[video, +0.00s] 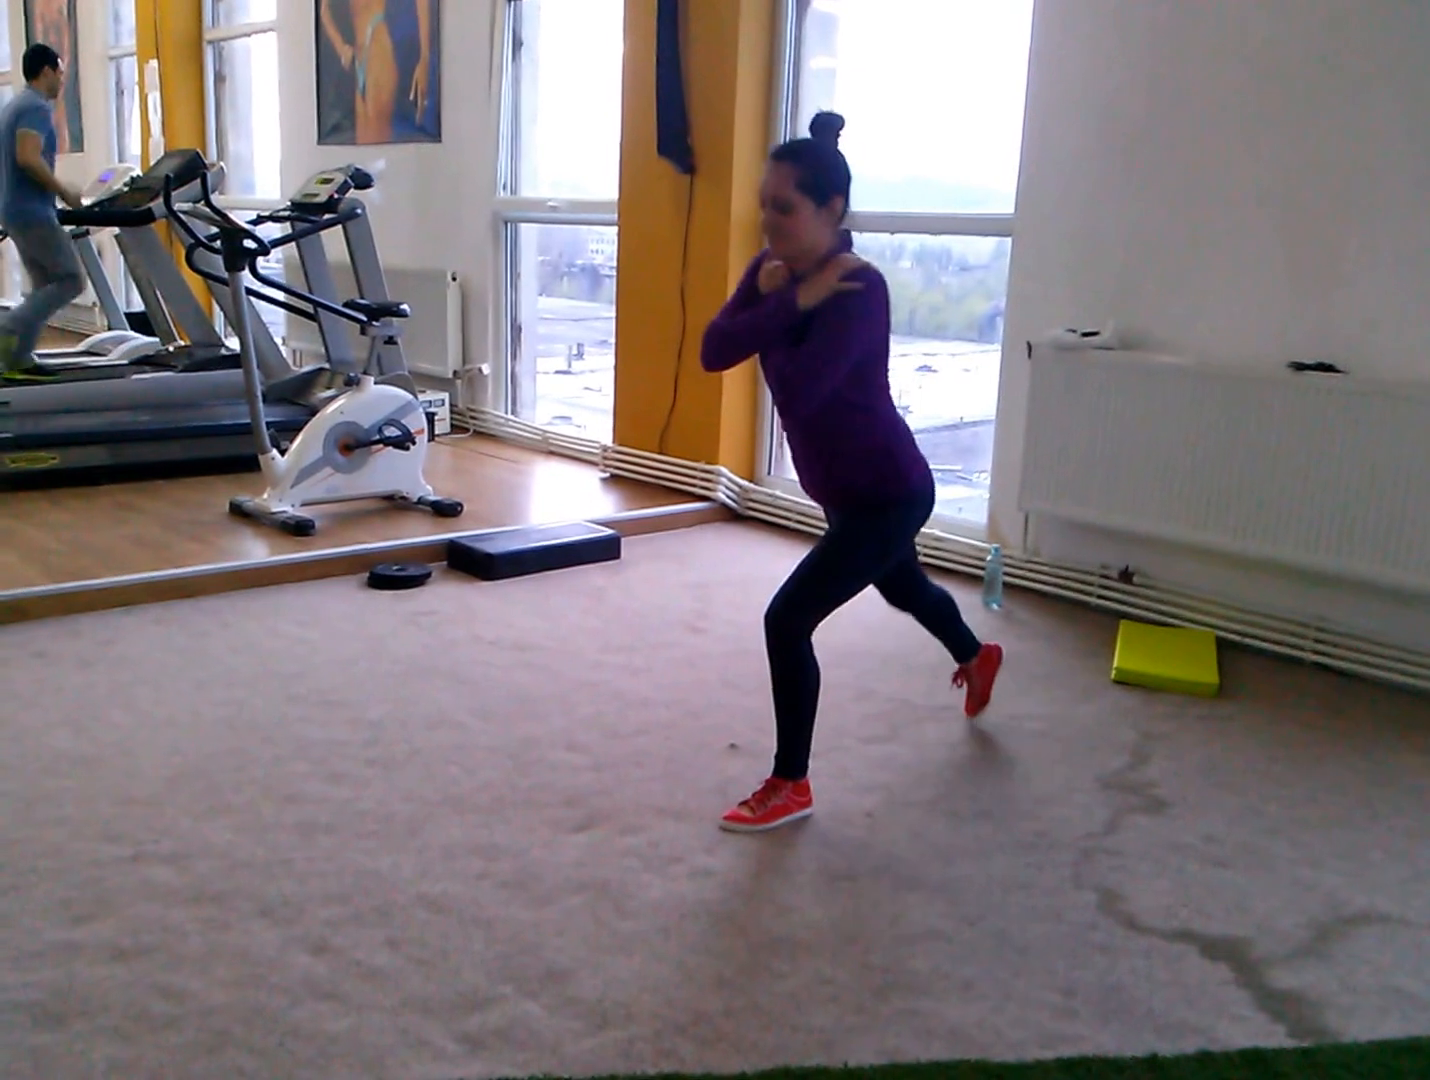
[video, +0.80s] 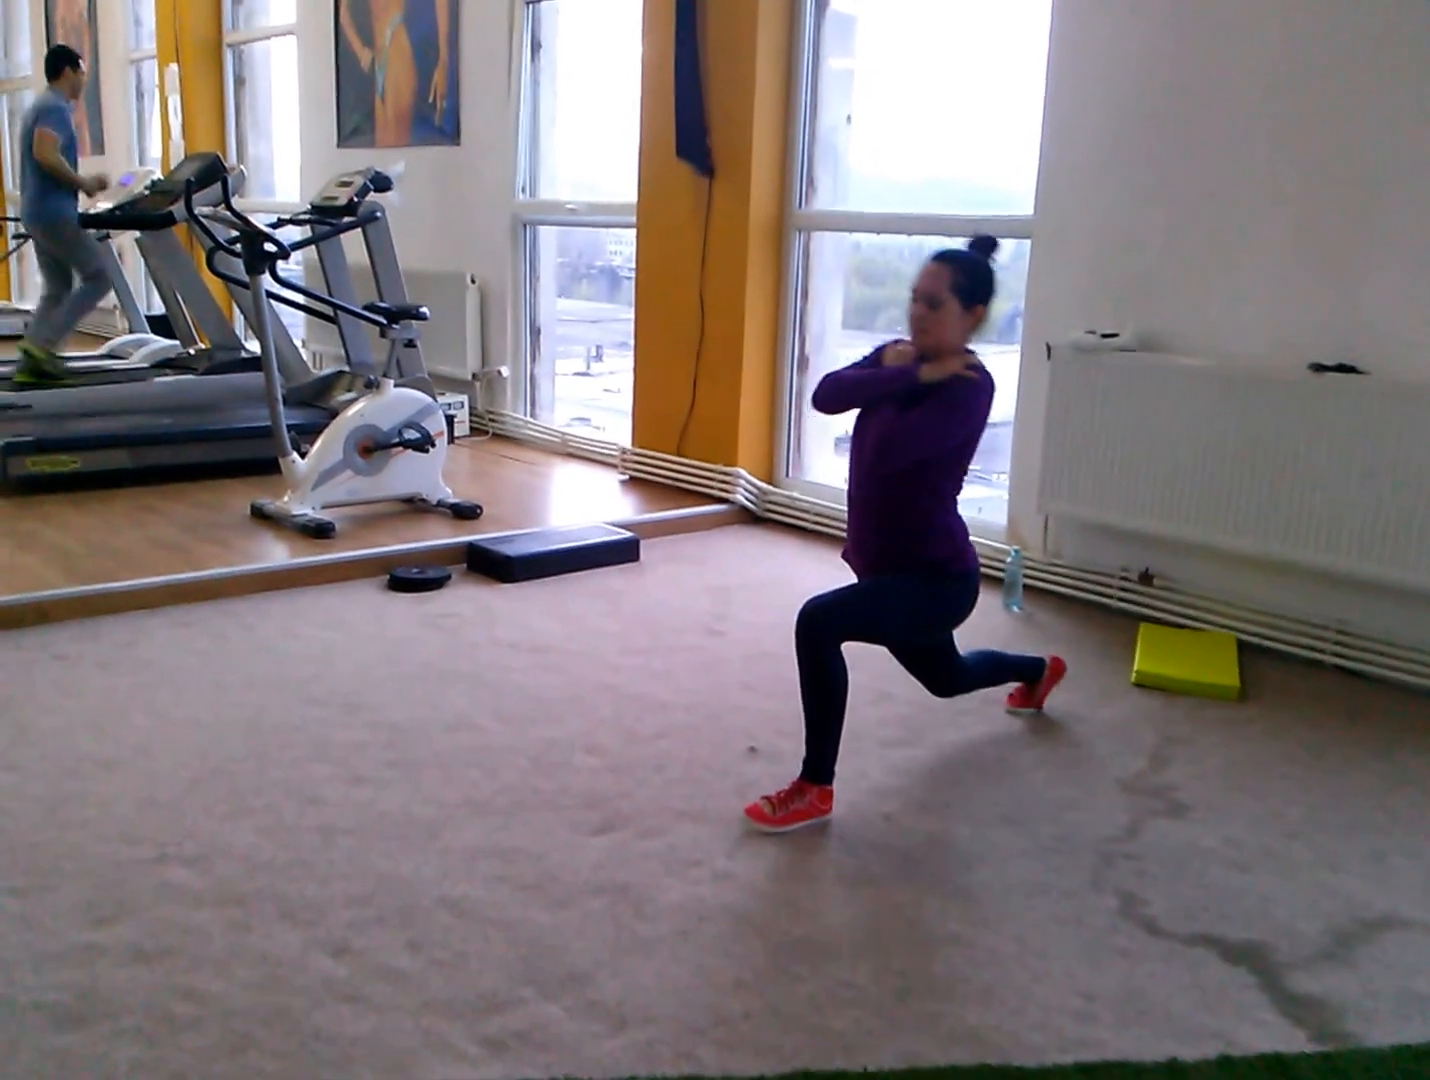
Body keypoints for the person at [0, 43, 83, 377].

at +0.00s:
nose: (61, 79)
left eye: (61, 72)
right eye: (59, 72)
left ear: (33, 73)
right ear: (46, 72)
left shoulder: (19, 104)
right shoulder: (35, 107)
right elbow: (27, 157)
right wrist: (66, 192)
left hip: (18, 211)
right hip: (30, 212)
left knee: (44, 286)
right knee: (70, 281)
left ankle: (20, 357)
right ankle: (10, 326)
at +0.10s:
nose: (65, 73)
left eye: (65, 66)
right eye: (62, 65)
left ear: (40, 65)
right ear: (49, 65)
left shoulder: (35, 99)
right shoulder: (30, 98)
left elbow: (39, 159)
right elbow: (15, 143)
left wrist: (75, 159)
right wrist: (52, 172)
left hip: (20, 208)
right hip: (33, 207)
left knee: (15, 281)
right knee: (82, 265)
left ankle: (2, 344)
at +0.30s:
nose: (72, 77)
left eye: (72, 70)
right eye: (69, 70)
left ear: (47, 70)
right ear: (54, 69)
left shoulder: (37, 102)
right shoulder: (39, 107)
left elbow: (40, 154)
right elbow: (27, 154)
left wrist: (75, 158)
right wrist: (65, 189)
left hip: (32, 210)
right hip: (44, 211)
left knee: (45, 283)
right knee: (77, 279)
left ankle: (1, 312)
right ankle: (66, 357)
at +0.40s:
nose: (76, 81)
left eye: (76, 74)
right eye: (74, 74)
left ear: (49, 75)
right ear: (60, 74)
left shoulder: (31, 106)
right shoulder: (47, 112)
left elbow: (33, 167)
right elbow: (50, 168)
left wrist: (72, 184)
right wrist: (83, 189)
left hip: (30, 209)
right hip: (41, 211)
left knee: (69, 278)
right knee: (71, 278)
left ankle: (19, 333)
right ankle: (29, 356)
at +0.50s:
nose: (77, 75)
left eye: (76, 68)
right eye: (75, 68)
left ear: (47, 66)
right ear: (63, 66)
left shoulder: (22, 99)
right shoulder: (56, 102)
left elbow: (3, 144)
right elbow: (64, 155)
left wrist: (28, 160)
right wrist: (93, 159)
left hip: (31, 204)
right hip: (46, 207)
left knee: (86, 264)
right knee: (34, 280)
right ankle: (2, 351)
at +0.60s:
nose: (78, 71)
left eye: (78, 64)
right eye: (76, 64)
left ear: (47, 64)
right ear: (64, 62)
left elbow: (5, 143)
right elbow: (68, 149)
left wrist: (33, 158)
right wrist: (91, 153)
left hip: (34, 204)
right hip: (51, 205)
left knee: (83, 274)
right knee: (43, 277)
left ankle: (99, 354)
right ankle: (2, 320)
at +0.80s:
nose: (83, 81)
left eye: (83, 74)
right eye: (81, 73)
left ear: (56, 74)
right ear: (68, 73)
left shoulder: (43, 107)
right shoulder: (55, 108)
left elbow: (43, 160)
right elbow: (45, 155)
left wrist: (80, 186)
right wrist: (83, 183)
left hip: (40, 214)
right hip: (53, 215)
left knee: (57, 287)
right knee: (100, 276)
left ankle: (32, 361)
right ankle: (43, 345)